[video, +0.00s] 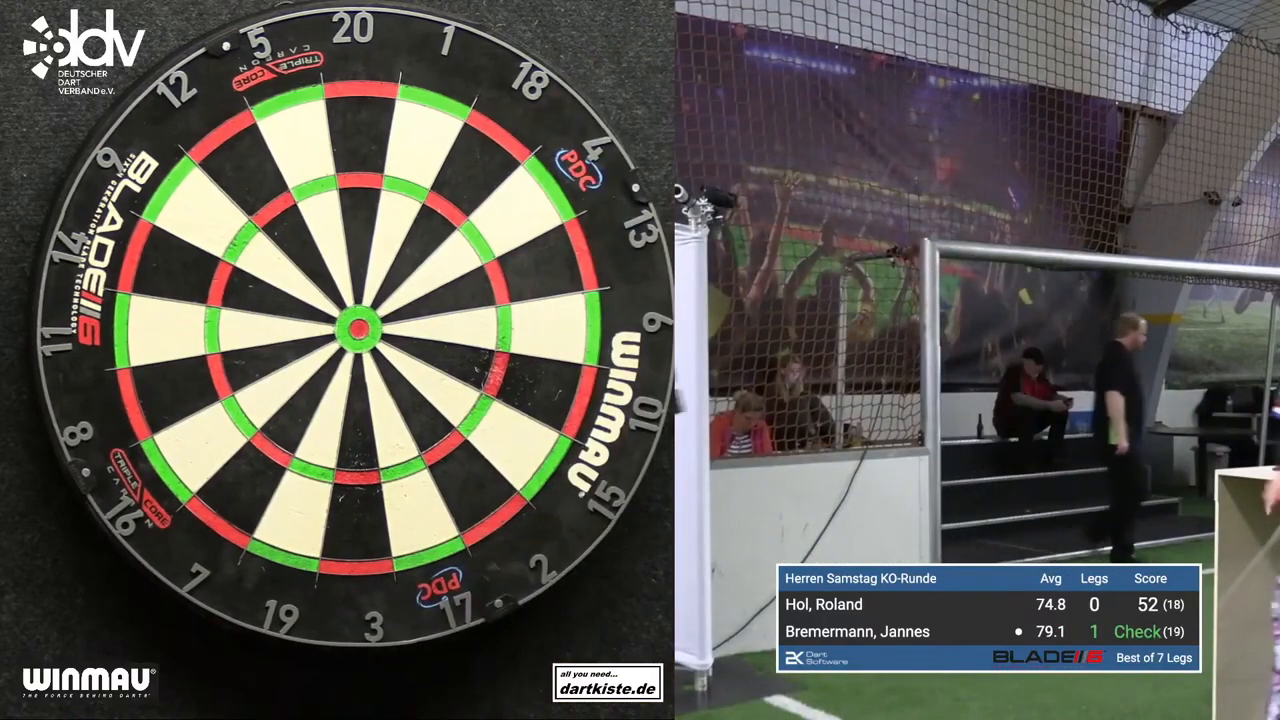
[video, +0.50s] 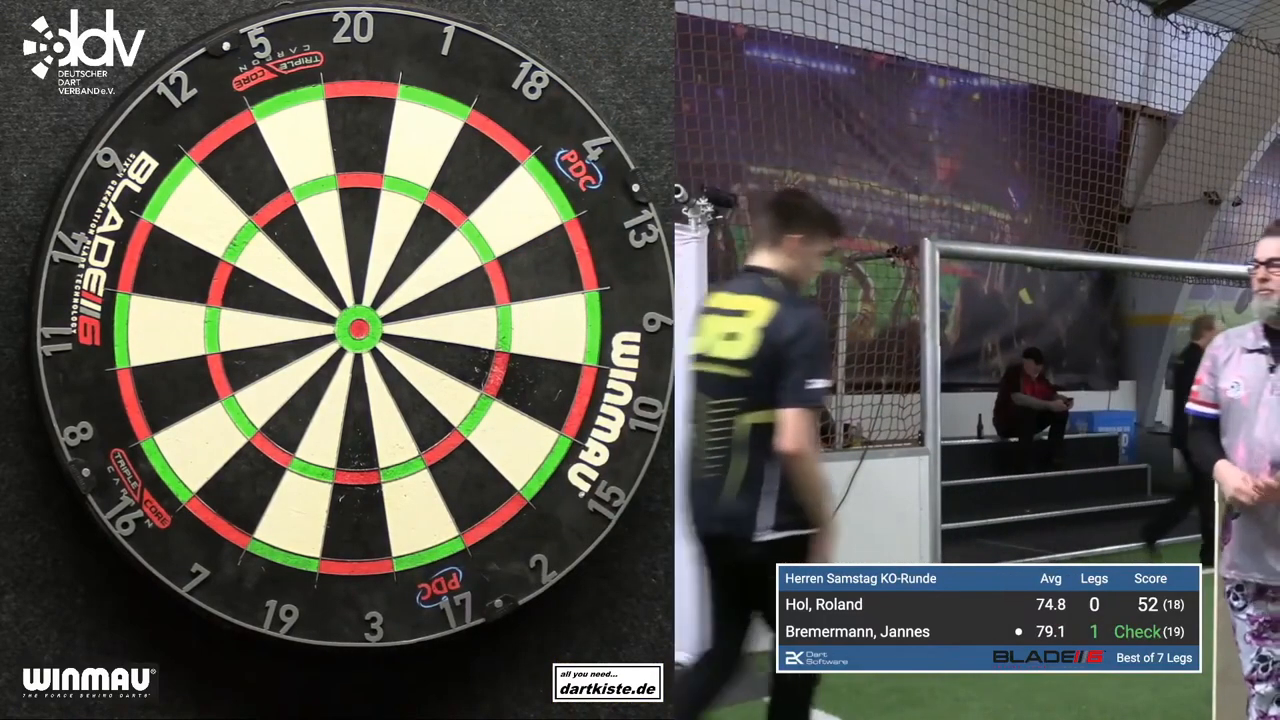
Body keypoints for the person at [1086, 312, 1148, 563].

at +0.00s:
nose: (1145, 339)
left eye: (1145, 335)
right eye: (1143, 334)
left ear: (1128, 333)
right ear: (1131, 333)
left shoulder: (1117, 356)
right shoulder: (1117, 356)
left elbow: (1116, 396)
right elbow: (1114, 396)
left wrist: (1126, 434)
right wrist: (1121, 436)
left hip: (1122, 439)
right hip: (1118, 440)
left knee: (1128, 491)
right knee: (1130, 491)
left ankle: (1123, 550)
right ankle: (1121, 552)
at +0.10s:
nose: (1160, 339)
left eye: (1160, 334)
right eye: (1158, 333)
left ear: (1145, 333)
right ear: (1146, 333)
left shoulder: (1133, 354)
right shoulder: (1131, 354)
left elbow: (1132, 395)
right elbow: (1126, 395)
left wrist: (1142, 432)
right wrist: (1135, 433)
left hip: (1135, 439)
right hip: (1136, 440)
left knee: (1126, 498)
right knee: (1161, 495)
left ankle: (1121, 554)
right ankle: (1153, 548)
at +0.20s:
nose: (1177, 340)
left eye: (1177, 335)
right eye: (1175, 335)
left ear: (1160, 335)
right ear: (1163, 336)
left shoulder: (1153, 358)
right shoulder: (1149, 358)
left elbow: (1155, 401)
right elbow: (1143, 400)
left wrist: (1168, 431)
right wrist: (1150, 438)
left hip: (1151, 442)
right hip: (1151, 444)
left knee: (1133, 499)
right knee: (1174, 496)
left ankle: (1123, 552)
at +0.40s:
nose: (1210, 340)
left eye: (1209, 335)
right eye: (1207, 335)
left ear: (1190, 336)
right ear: (1194, 336)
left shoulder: (1182, 357)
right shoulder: (1184, 360)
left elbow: (1184, 404)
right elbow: (1179, 404)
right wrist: (1184, 444)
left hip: (1178, 442)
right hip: (1183, 444)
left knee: (1167, 498)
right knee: (1204, 501)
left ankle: (1134, 541)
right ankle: (1210, 553)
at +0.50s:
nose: (1218, 337)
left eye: (1218, 332)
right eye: (1215, 332)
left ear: (1197, 333)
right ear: (1204, 334)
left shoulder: (1187, 357)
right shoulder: (1199, 359)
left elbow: (1182, 401)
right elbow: (1197, 402)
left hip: (1189, 437)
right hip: (1196, 438)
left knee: (1202, 490)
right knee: (1203, 491)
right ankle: (1153, 531)